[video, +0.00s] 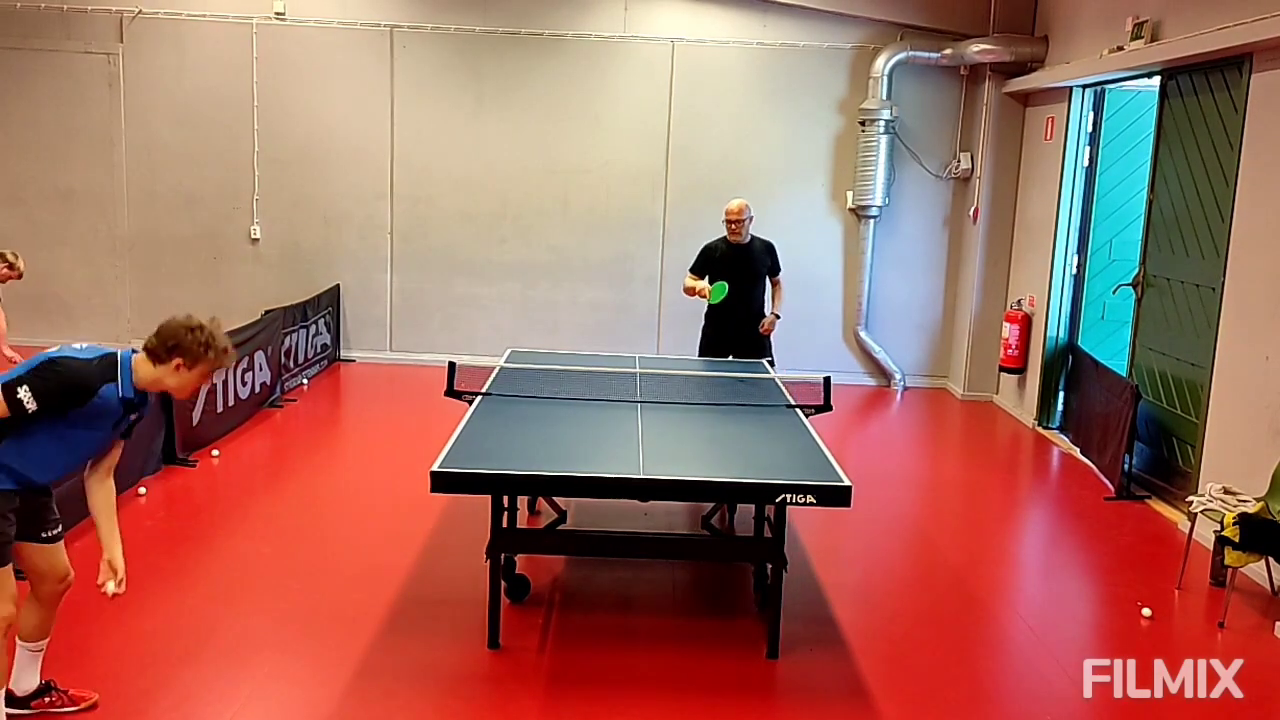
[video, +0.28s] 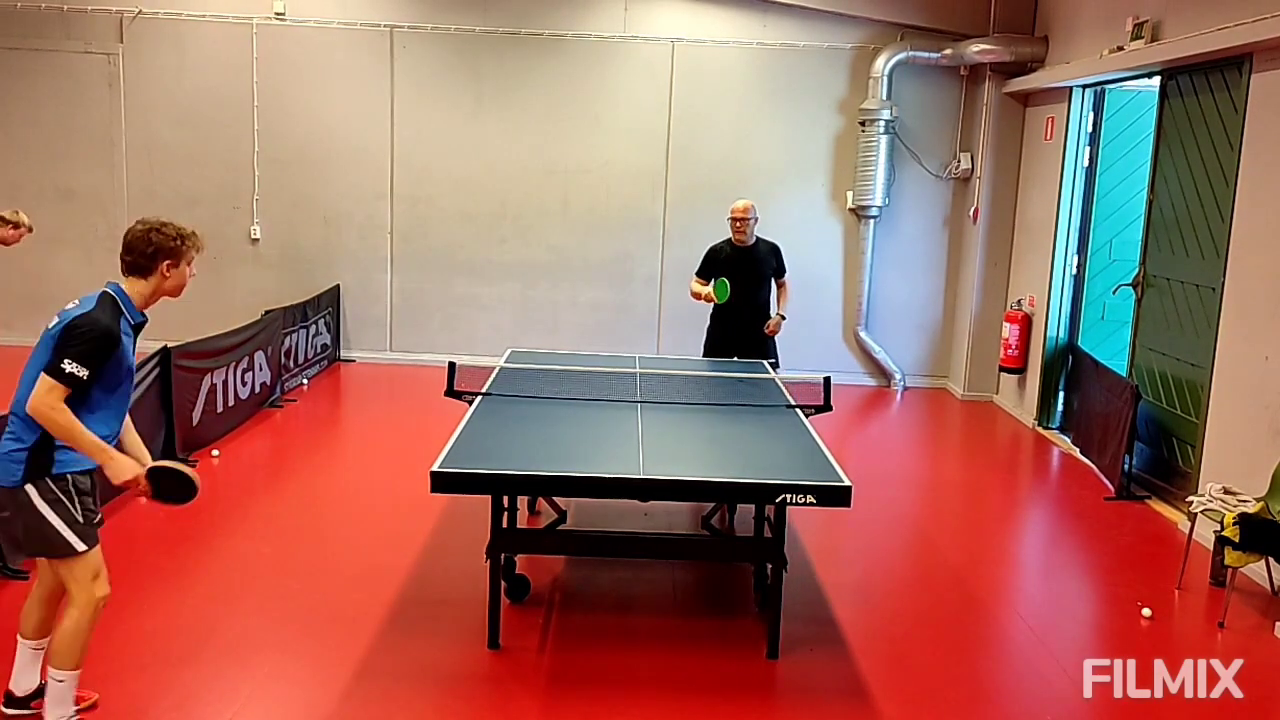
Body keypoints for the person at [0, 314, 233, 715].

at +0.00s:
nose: (205, 385)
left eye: (209, 376)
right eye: (205, 374)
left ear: (176, 362)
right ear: (179, 364)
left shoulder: (135, 398)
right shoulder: (78, 373)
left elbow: (100, 474)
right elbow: (1, 405)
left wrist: (111, 549)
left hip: (32, 483)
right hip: (2, 482)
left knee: (53, 580)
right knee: (4, 614)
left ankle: (24, 689)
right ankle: (8, 699)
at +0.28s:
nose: (191, 277)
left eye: (192, 268)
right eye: (189, 267)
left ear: (153, 266)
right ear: (165, 268)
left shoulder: (122, 319)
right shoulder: (98, 323)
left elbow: (108, 405)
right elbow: (43, 404)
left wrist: (145, 462)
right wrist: (108, 457)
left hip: (62, 469)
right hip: (43, 474)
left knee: (51, 583)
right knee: (90, 591)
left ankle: (22, 689)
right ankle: (58, 711)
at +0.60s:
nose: (205, 253)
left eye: (204, 244)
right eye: (201, 244)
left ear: (168, 247)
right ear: (176, 248)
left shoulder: (157, 300)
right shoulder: (121, 318)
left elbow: (168, 374)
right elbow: (97, 412)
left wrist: (234, 414)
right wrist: (174, 449)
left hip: (147, 461)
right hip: (117, 472)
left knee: (167, 558)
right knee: (155, 585)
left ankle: (71, 647)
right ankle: (142, 706)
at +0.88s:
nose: (251, 253)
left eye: (251, 243)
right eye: (246, 243)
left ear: (215, 247)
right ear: (218, 247)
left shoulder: (221, 307)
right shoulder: (143, 311)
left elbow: (264, 353)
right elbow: (79, 376)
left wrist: (334, 361)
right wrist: (51, 452)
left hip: (187, 459)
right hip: (143, 468)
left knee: (200, 552)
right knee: (158, 586)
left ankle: (204, 648)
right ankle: (141, 704)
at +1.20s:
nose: (290, 250)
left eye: (289, 241)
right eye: (286, 241)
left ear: (256, 244)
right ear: (260, 245)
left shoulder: (247, 299)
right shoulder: (211, 303)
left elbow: (263, 366)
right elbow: (227, 391)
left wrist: (294, 380)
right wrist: (304, 406)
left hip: (205, 444)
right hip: (167, 451)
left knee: (219, 544)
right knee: (174, 571)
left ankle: (207, 650)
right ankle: (148, 698)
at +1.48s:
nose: (283, 245)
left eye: (282, 235)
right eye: (280, 236)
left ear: (233, 239)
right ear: (261, 239)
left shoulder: (205, 287)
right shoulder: (244, 298)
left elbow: (207, 357)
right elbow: (311, 345)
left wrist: (266, 369)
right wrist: (348, 302)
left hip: (191, 446)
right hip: (192, 453)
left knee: (215, 547)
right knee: (199, 579)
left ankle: (206, 650)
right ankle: (144, 701)